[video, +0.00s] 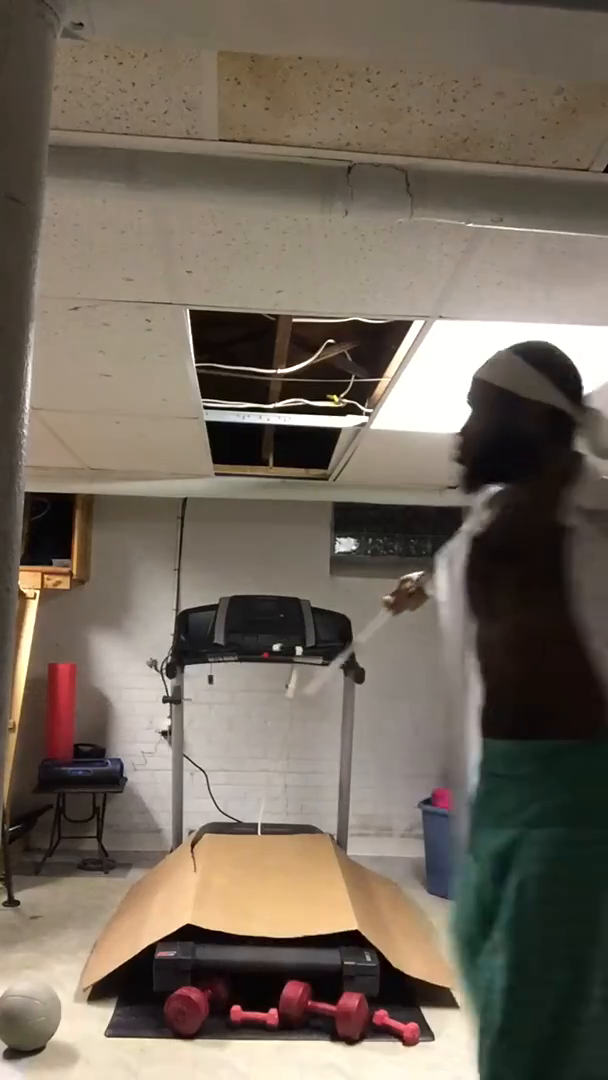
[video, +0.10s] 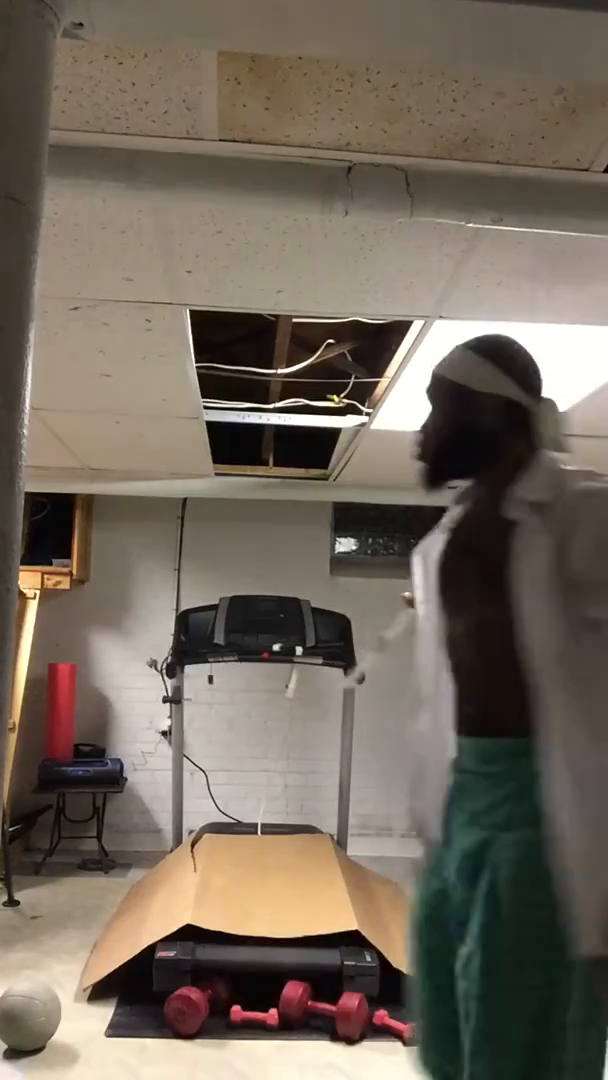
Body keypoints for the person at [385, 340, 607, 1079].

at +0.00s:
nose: (459, 429)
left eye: (476, 408)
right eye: (468, 407)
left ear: (520, 419)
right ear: (539, 421)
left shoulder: (594, 510)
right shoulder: (465, 540)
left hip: (571, 806)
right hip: (497, 804)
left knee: (535, 1029)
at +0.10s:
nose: (423, 424)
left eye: (437, 403)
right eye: (429, 403)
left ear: (489, 413)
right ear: (495, 412)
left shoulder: (581, 510)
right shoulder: (439, 541)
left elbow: (591, 659)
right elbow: (439, 691)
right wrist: (430, 812)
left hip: (544, 787)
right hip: (463, 787)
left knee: (510, 998)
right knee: (444, 988)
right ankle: (457, 1069)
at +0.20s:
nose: (386, 429)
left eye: (402, 408)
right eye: (391, 409)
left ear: (456, 414)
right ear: (453, 416)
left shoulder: (556, 508)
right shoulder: (418, 542)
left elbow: (585, 689)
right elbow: (418, 690)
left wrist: (527, 859)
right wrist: (407, 815)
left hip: (525, 808)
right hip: (443, 804)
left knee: (498, 1048)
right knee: (389, 1027)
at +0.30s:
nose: (356, 429)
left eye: (372, 409)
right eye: (360, 410)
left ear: (424, 414)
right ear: (422, 417)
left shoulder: (497, 505)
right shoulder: (402, 540)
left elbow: (501, 676)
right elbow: (399, 708)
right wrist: (365, 830)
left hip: (491, 879)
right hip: (411, 878)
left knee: (489, 1064)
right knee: (346, 1043)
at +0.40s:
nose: (327, 437)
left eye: (338, 418)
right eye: (330, 418)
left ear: (375, 422)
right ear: (405, 423)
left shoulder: (436, 510)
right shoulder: (406, 517)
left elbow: (407, 693)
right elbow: (405, 701)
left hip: (458, 888)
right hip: (390, 888)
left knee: (461, 1065)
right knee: (305, 1049)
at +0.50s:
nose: (300, 444)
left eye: (312, 424)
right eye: (304, 423)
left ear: (349, 429)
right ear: (380, 432)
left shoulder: (379, 512)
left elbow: (343, 686)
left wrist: (189, 817)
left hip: (404, 898)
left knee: (424, 1070)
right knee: (269, 1069)